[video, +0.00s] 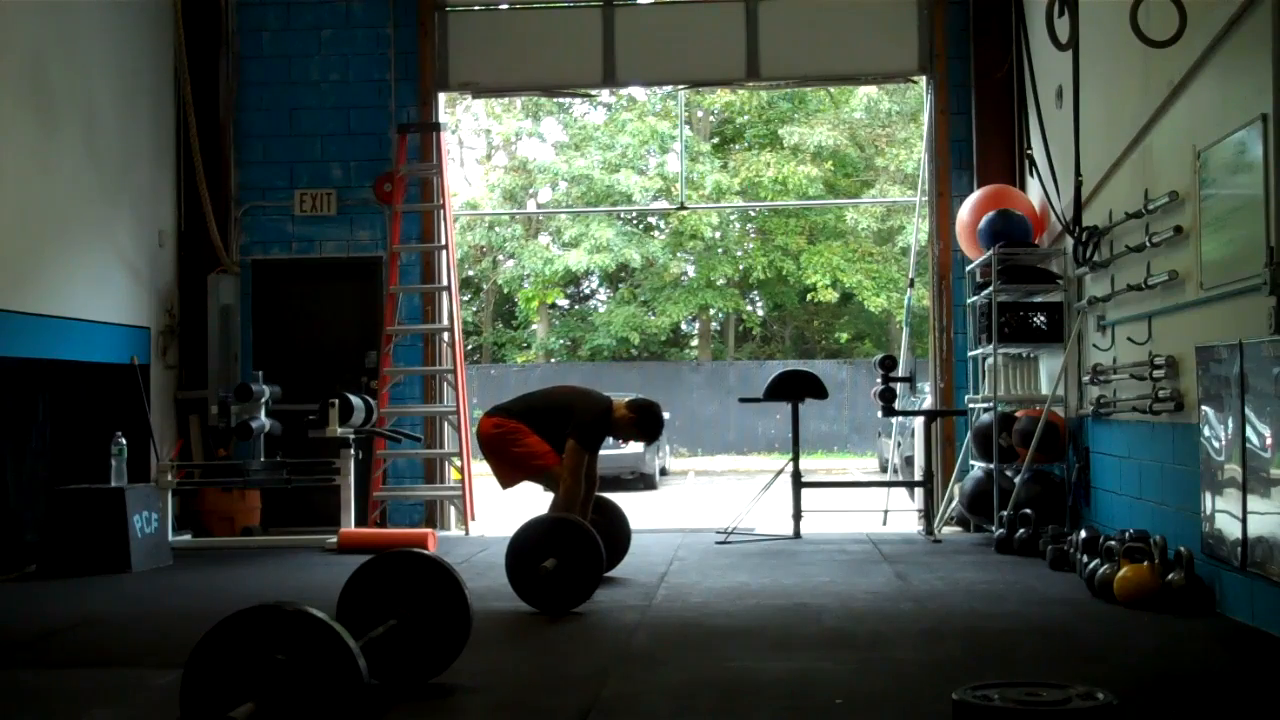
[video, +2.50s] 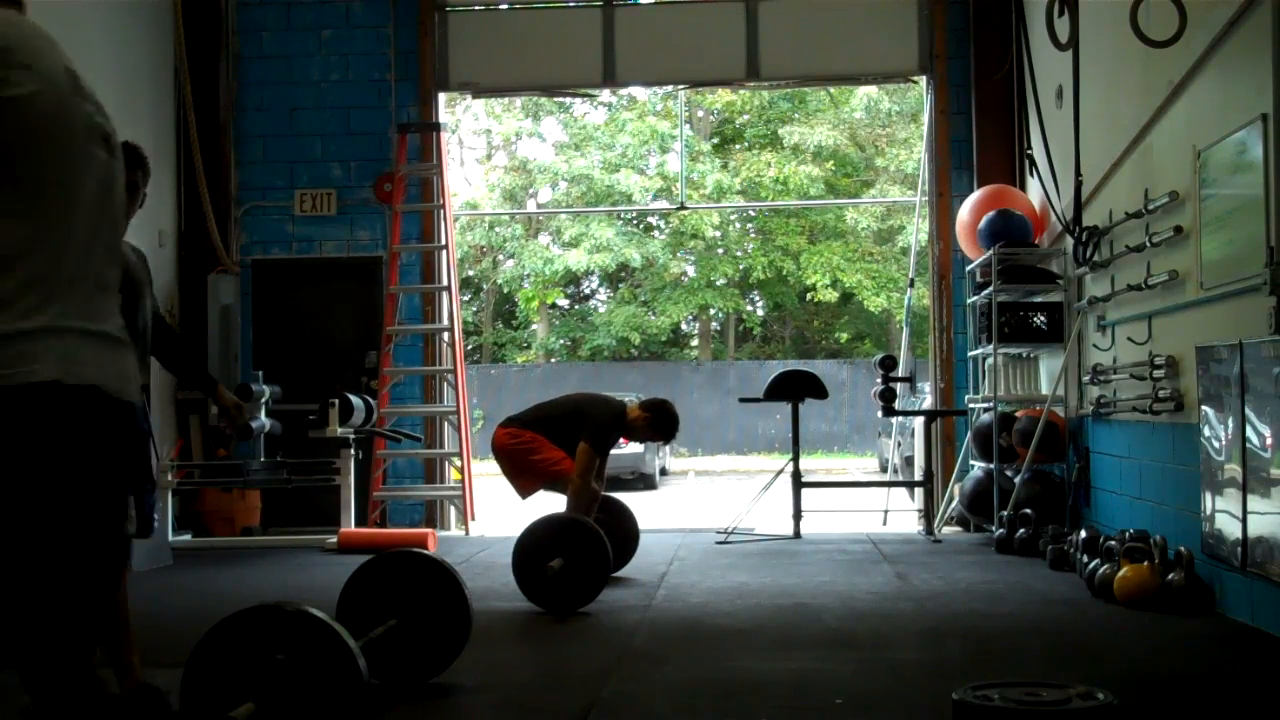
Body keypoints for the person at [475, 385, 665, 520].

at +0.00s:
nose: (625, 441)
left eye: (632, 440)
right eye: (631, 436)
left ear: (629, 412)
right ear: (629, 417)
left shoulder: (602, 417)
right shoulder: (593, 412)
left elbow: (590, 477)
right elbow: (573, 476)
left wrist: (581, 528)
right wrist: (562, 535)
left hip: (513, 428)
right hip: (500, 426)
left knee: (579, 480)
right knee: (568, 482)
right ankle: (553, 551)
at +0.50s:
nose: (636, 442)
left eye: (643, 441)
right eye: (643, 437)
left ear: (641, 416)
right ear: (642, 419)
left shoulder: (613, 419)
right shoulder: (606, 413)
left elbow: (595, 478)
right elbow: (577, 477)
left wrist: (587, 530)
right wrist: (568, 535)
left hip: (524, 428)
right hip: (511, 426)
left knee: (588, 481)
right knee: (577, 483)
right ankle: (561, 550)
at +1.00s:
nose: (637, 442)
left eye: (643, 442)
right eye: (643, 438)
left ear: (641, 415)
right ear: (642, 419)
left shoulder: (613, 422)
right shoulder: (605, 415)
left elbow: (597, 482)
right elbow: (579, 479)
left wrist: (588, 532)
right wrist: (568, 537)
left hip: (524, 432)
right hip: (513, 431)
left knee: (590, 488)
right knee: (580, 487)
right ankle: (565, 551)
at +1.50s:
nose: (634, 441)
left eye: (642, 441)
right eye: (642, 437)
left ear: (641, 415)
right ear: (642, 421)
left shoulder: (612, 418)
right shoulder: (604, 412)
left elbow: (596, 477)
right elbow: (582, 476)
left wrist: (587, 527)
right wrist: (572, 534)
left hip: (522, 425)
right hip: (511, 423)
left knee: (583, 484)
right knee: (576, 485)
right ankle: (558, 548)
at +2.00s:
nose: (645, 443)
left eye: (651, 442)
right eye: (650, 438)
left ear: (646, 416)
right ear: (647, 420)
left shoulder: (617, 422)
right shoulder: (610, 416)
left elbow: (600, 481)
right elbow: (584, 480)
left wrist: (588, 535)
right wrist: (572, 538)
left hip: (529, 434)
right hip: (518, 433)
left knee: (592, 487)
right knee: (584, 487)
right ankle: (566, 553)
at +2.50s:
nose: (642, 441)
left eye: (648, 441)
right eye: (648, 437)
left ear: (643, 414)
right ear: (644, 418)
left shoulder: (614, 421)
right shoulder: (607, 416)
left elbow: (596, 478)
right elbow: (580, 479)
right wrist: (570, 537)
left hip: (525, 437)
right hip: (515, 437)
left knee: (592, 489)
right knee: (583, 488)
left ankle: (580, 552)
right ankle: (569, 552)